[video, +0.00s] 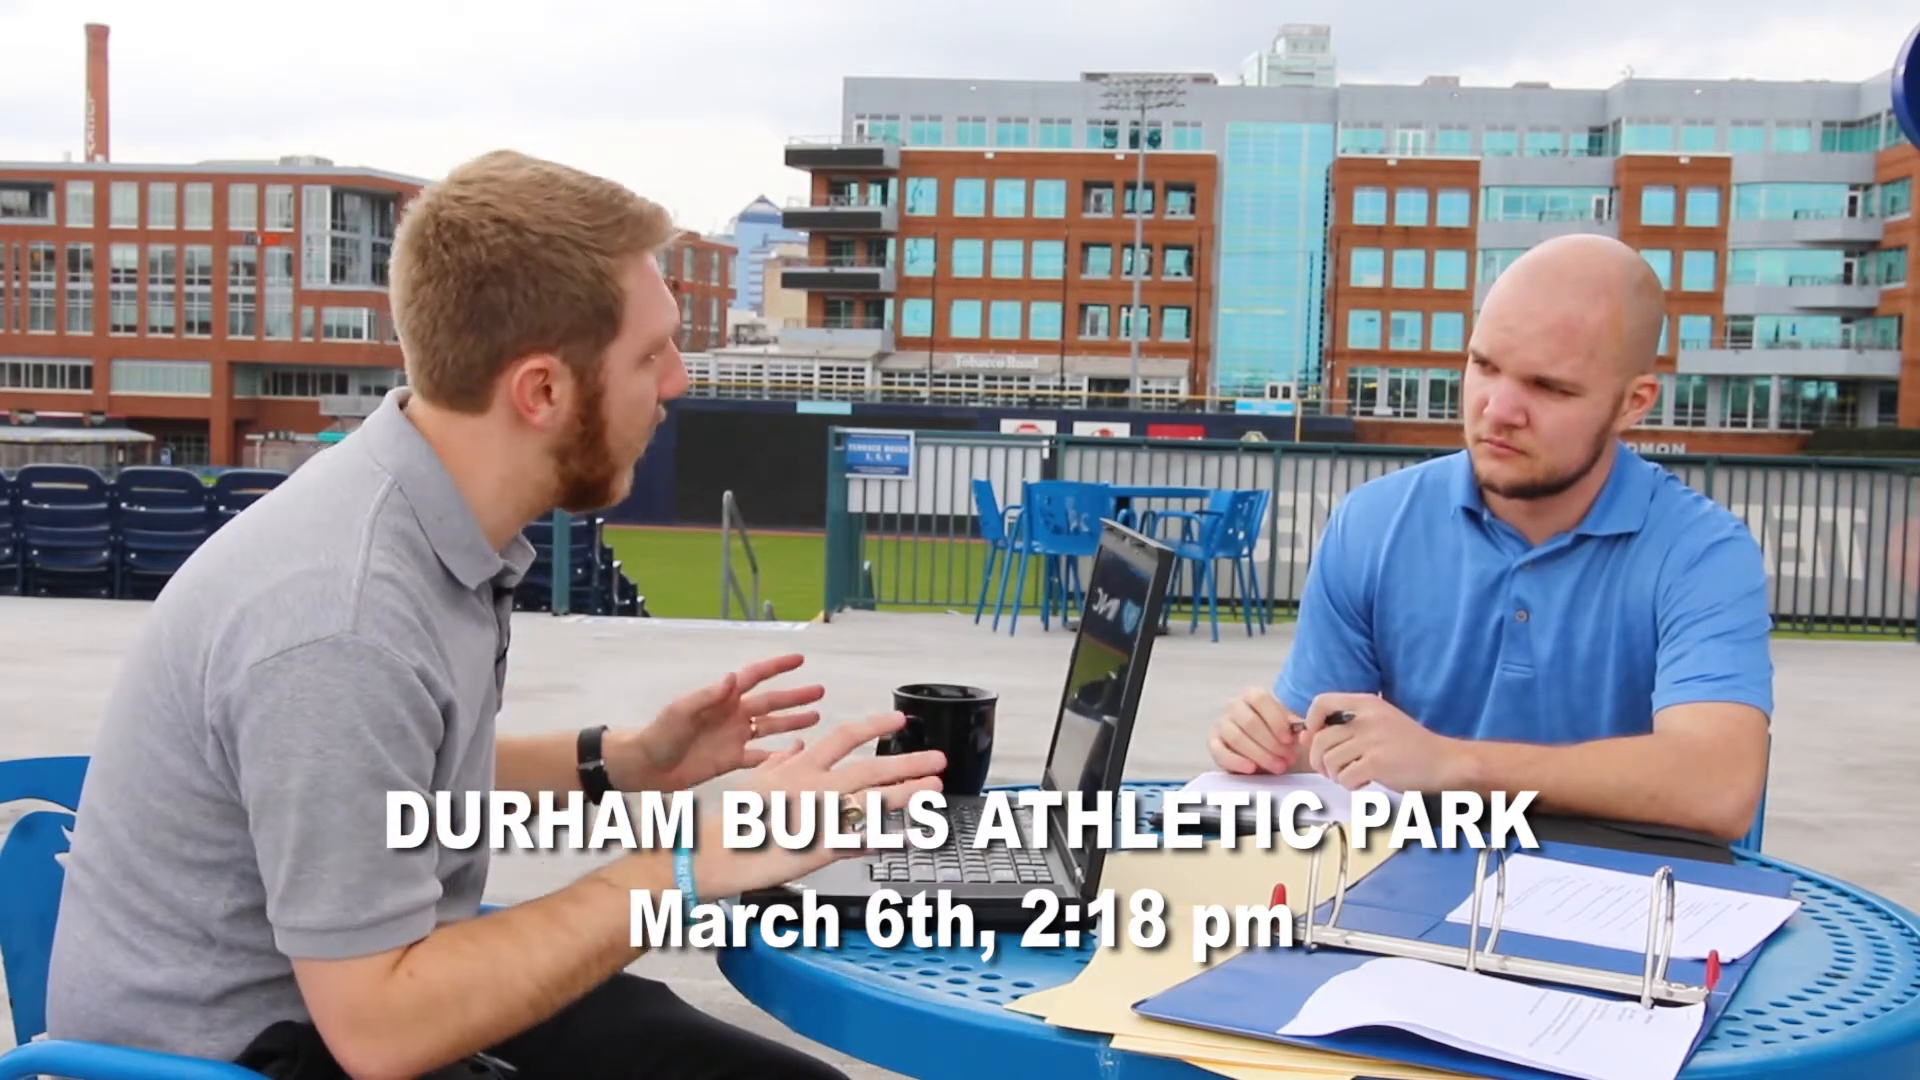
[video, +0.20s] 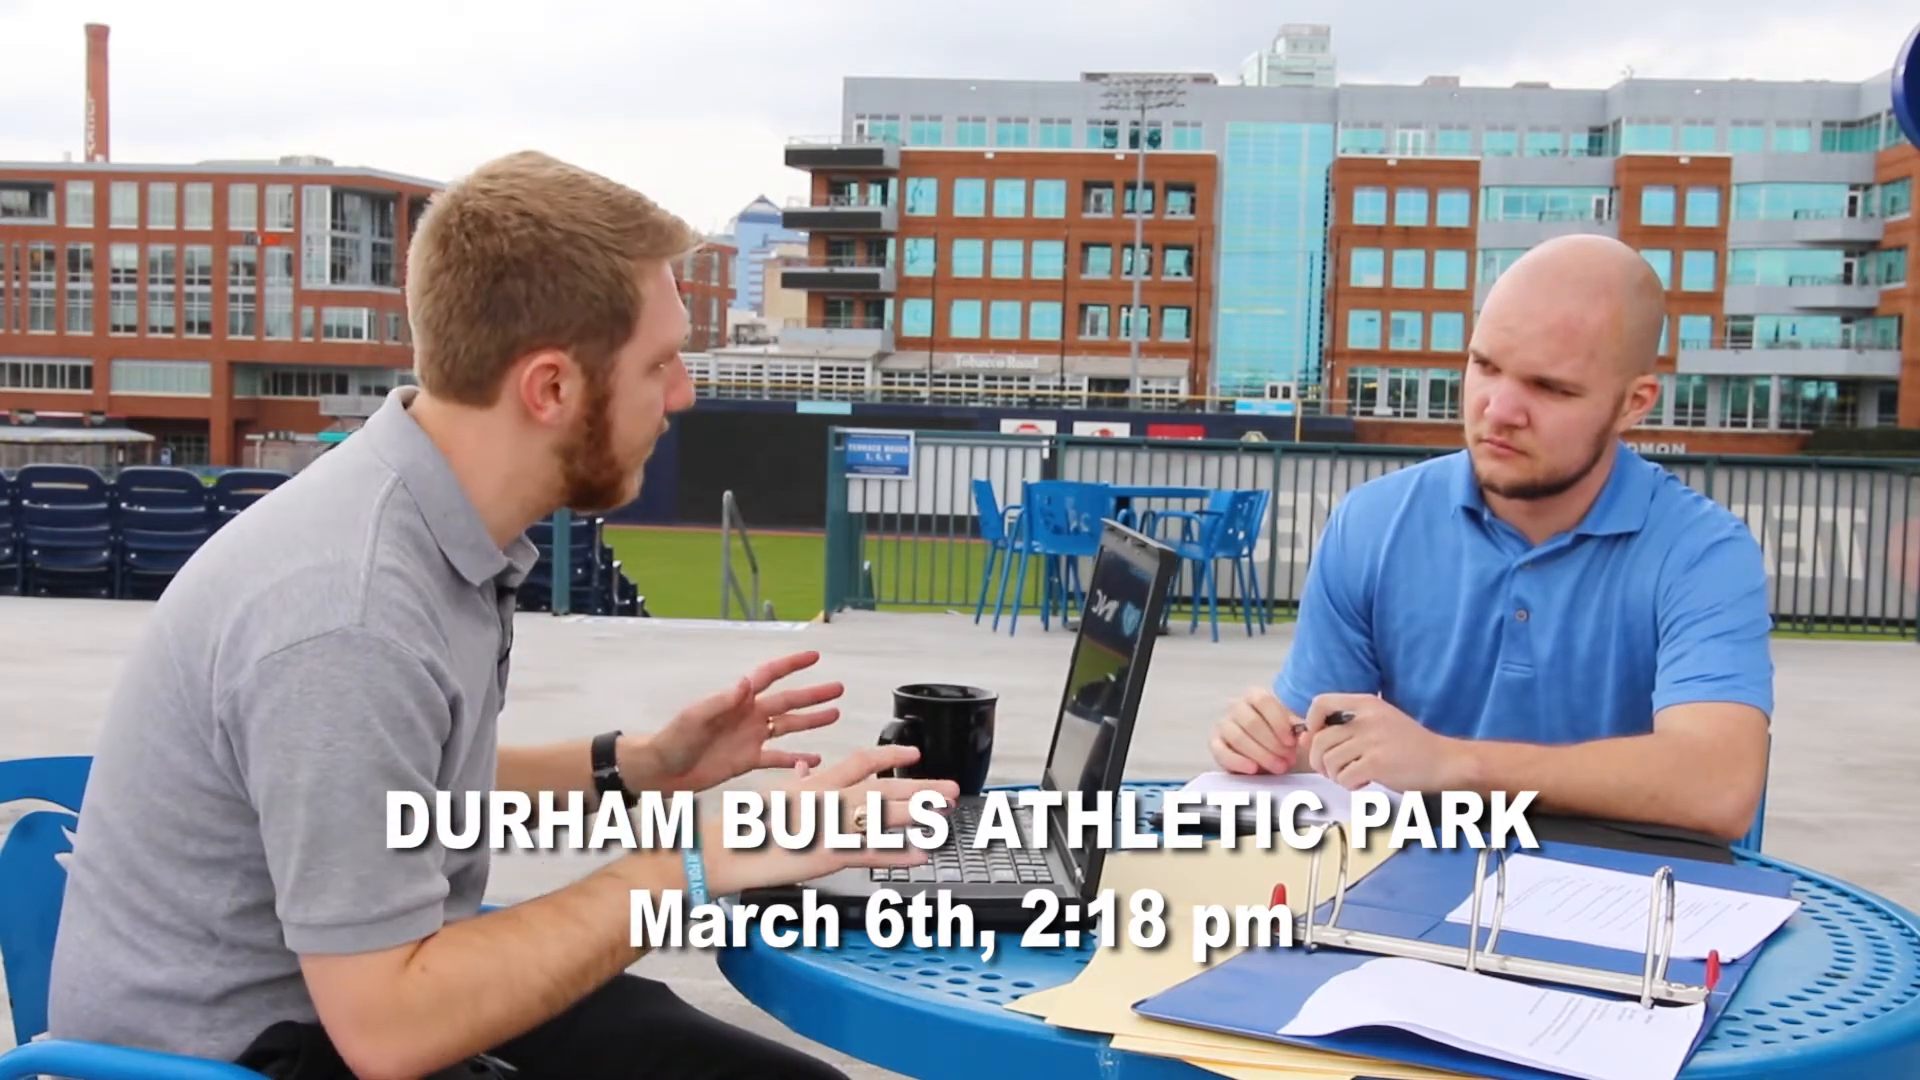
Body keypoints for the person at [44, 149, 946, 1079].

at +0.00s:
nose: (680, 384)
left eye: (671, 347)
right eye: (654, 357)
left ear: (525, 388)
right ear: (538, 391)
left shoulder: (412, 512)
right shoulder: (333, 620)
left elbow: (390, 769)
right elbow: (378, 1025)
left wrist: (622, 765)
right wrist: (694, 867)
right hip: (222, 1043)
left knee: (637, 1007)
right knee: (629, 1024)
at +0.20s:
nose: (686, 396)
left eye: (680, 360)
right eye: (663, 367)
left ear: (536, 384)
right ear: (548, 388)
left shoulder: (417, 515)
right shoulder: (341, 614)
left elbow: (398, 782)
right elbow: (388, 1027)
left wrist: (635, 770)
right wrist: (692, 862)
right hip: (226, 1045)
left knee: (644, 1008)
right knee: (637, 1030)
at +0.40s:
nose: (688, 395)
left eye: (681, 358)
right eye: (664, 364)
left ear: (541, 392)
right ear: (552, 391)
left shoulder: (434, 523)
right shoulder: (343, 620)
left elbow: (417, 788)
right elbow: (383, 1030)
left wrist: (638, 780)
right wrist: (688, 867)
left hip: (368, 966)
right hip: (227, 1042)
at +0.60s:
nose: (682, 390)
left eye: (674, 353)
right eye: (656, 360)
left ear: (533, 389)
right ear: (541, 390)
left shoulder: (423, 521)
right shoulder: (334, 622)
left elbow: (415, 788)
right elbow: (385, 1032)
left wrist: (634, 792)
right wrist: (690, 873)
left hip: (356, 975)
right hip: (217, 1047)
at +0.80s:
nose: (666, 382)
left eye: (660, 348)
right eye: (647, 357)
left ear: (528, 389)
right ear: (538, 392)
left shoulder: (408, 506)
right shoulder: (321, 626)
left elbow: (414, 761)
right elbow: (382, 1036)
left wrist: (630, 768)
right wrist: (689, 867)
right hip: (212, 1046)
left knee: (800, 1066)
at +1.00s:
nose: (647, 366)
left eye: (644, 335)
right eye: (638, 341)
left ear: (416, 340)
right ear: (549, 387)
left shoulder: (341, 469)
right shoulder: (339, 653)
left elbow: (419, 662)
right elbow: (387, 1047)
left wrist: (619, 575)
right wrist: (685, 870)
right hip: (213, 1048)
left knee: (634, 1000)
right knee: (795, 1069)